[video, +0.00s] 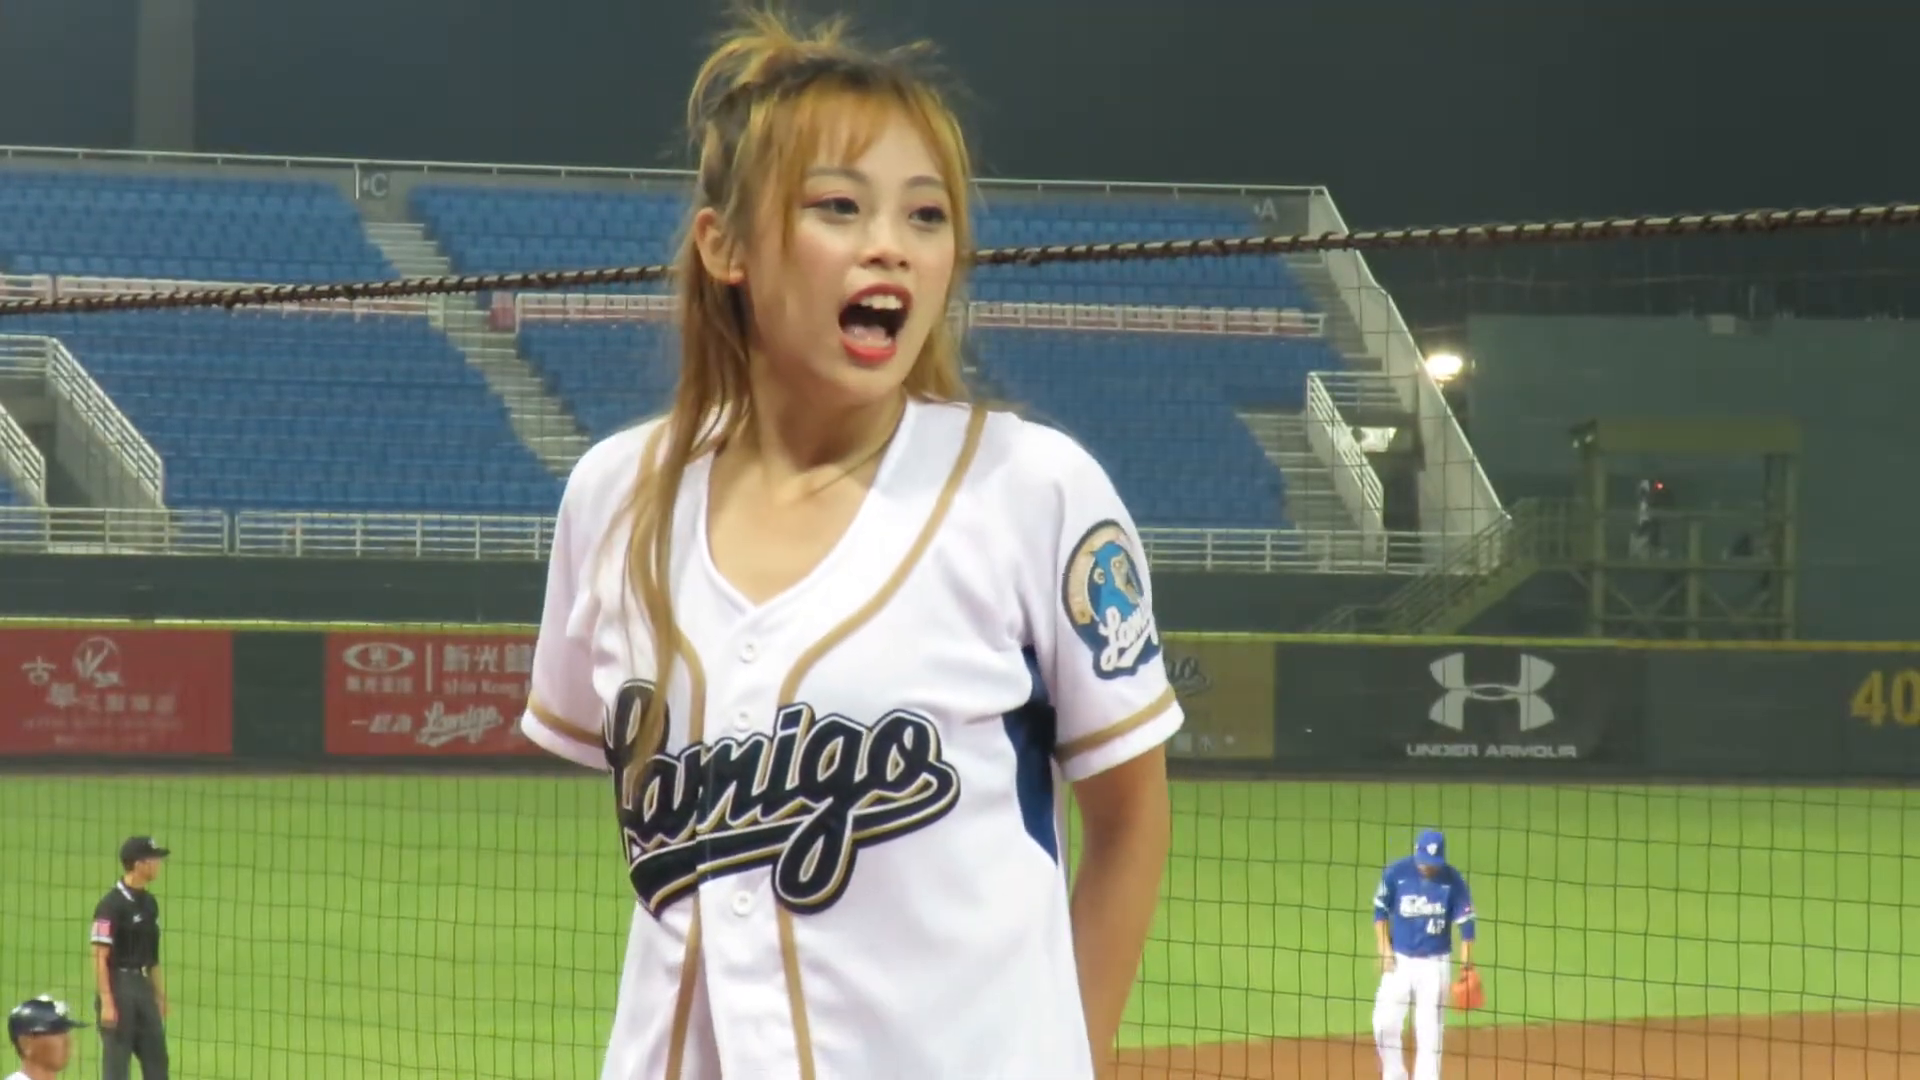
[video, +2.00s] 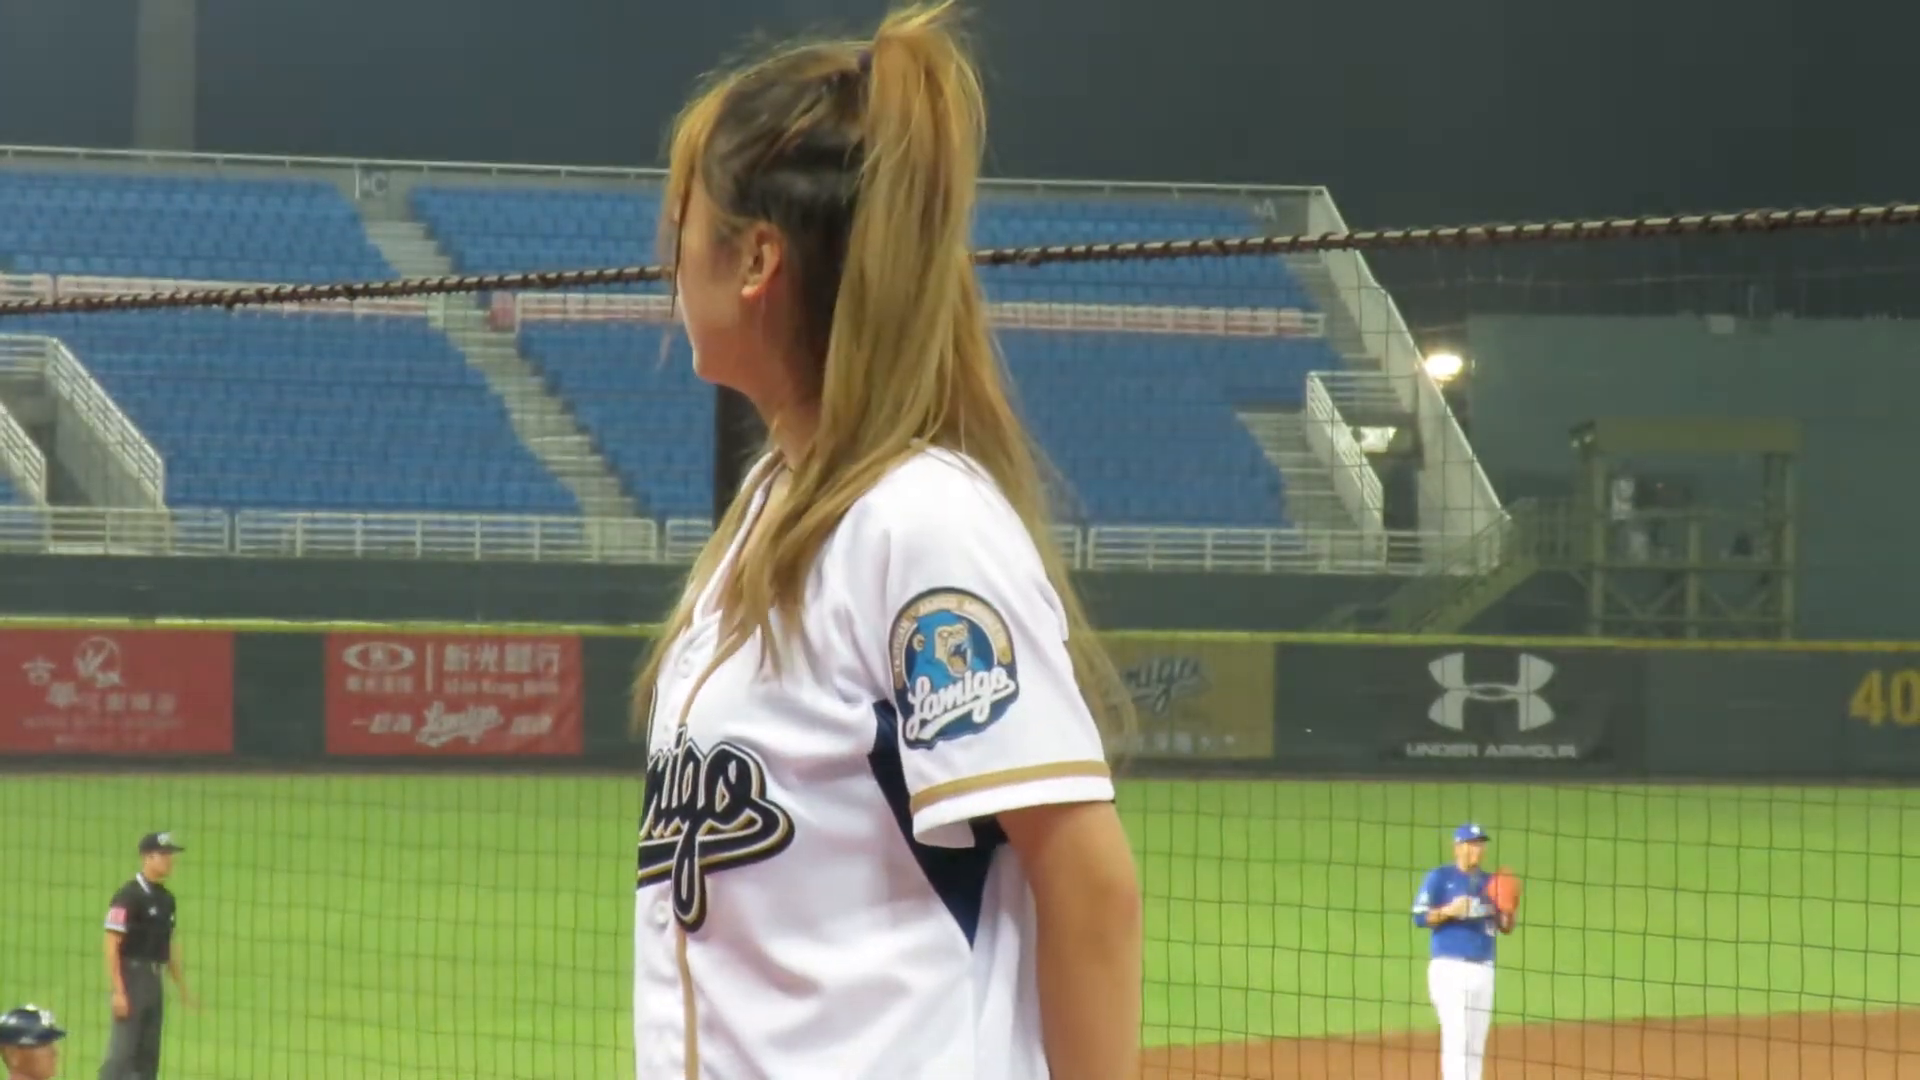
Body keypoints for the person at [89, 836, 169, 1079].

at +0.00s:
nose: (158, 865)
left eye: (157, 860)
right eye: (153, 860)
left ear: (143, 865)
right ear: (137, 865)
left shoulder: (149, 903)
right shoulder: (111, 904)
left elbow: (152, 957)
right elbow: (100, 957)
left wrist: (159, 995)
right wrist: (107, 1002)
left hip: (142, 977)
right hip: (117, 977)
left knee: (156, 1057)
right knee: (117, 1059)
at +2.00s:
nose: (169, 861)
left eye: (170, 856)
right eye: (163, 855)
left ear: (169, 858)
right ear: (147, 857)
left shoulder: (166, 899)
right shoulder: (128, 895)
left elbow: (167, 948)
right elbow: (111, 945)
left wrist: (182, 987)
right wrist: (118, 991)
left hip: (154, 969)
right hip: (130, 967)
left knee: (149, 1045)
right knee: (125, 1045)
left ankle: (144, 1075)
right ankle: (114, 1074)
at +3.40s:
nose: (117, 866)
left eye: (120, 860)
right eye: (111, 859)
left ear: (124, 862)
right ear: (96, 860)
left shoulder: (122, 901)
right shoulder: (80, 903)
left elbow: (123, 950)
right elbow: (67, 953)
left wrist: (129, 988)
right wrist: (75, 997)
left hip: (114, 972)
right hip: (87, 972)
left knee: (126, 1054)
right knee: (84, 1056)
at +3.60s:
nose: (117, 866)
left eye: (120, 860)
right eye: (111, 859)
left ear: (122, 862)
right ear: (96, 860)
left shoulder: (121, 901)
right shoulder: (80, 903)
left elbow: (123, 950)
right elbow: (67, 954)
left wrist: (129, 988)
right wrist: (72, 998)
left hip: (114, 973)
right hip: (87, 973)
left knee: (125, 1054)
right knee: (83, 1054)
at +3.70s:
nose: (117, 866)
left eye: (120, 860)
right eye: (111, 859)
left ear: (122, 862)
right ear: (95, 860)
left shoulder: (121, 901)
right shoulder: (79, 903)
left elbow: (123, 951)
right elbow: (66, 954)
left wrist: (129, 988)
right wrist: (71, 1000)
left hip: (114, 973)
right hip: (87, 973)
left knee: (125, 1054)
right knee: (83, 1054)